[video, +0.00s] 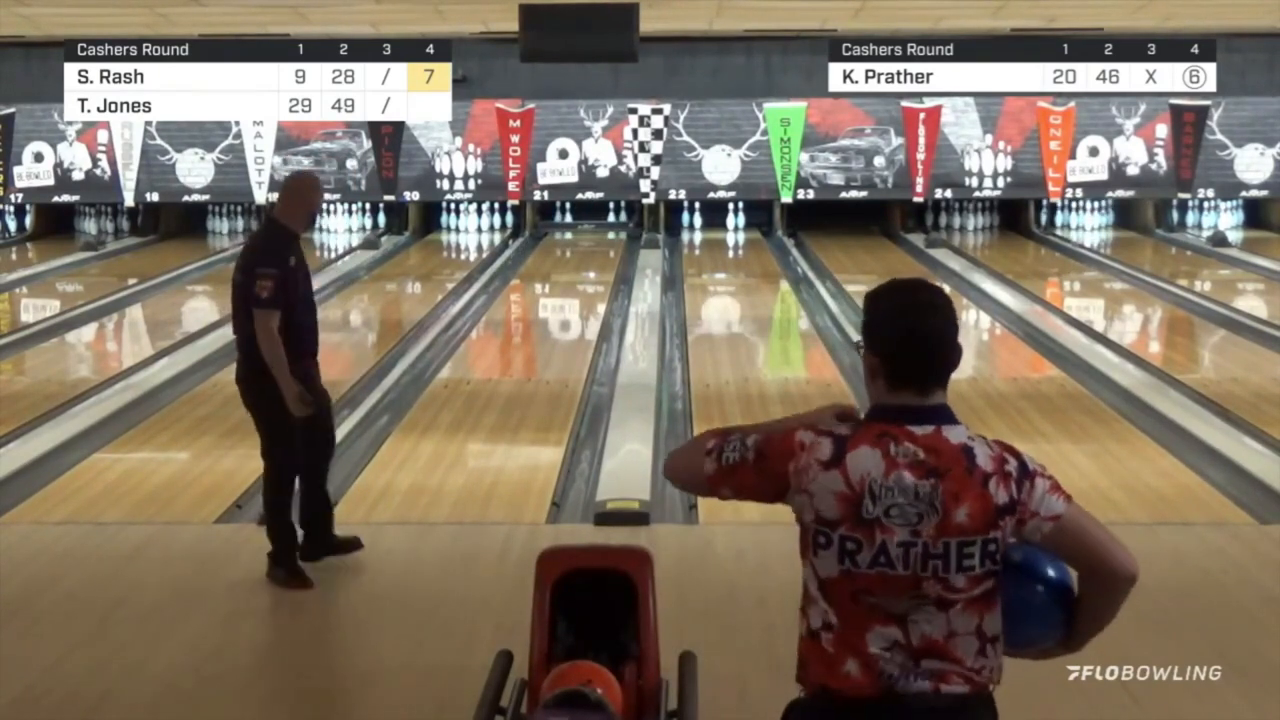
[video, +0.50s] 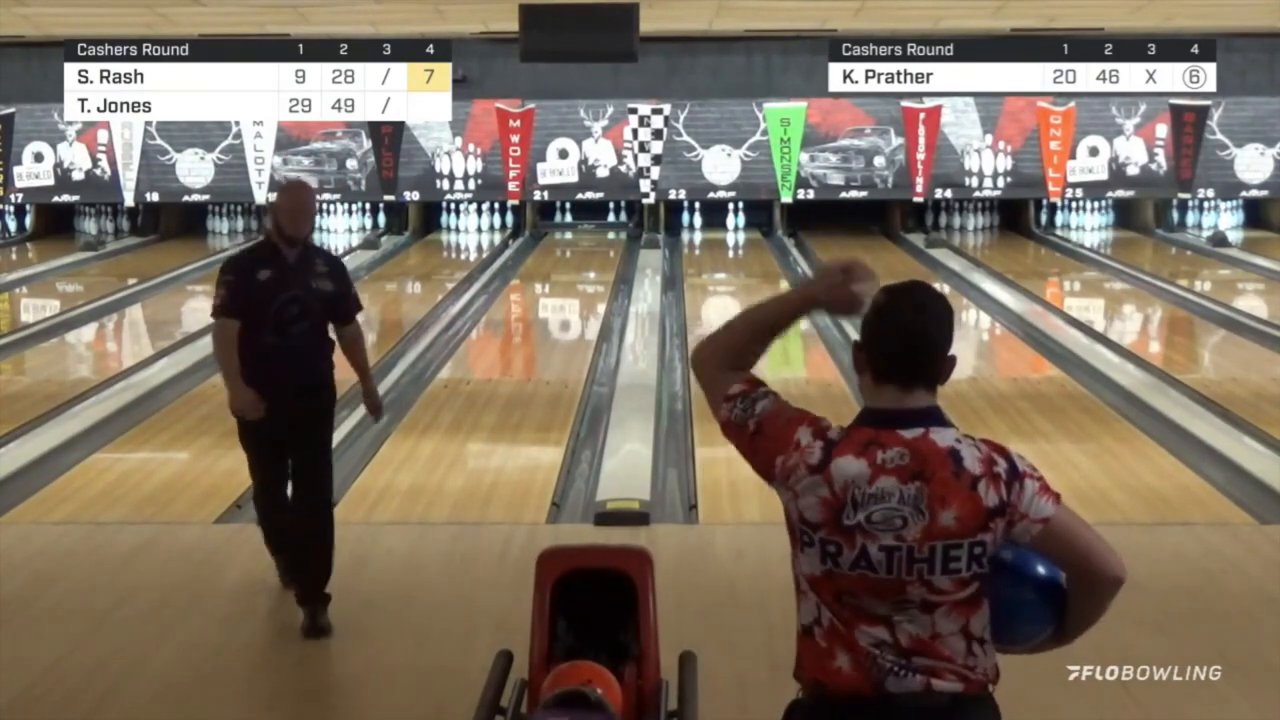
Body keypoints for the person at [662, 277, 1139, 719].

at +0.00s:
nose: (866, 358)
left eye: (865, 348)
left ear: (870, 361)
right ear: (955, 361)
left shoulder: (815, 459)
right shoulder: (1001, 470)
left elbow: (682, 465)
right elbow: (1115, 569)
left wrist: (802, 425)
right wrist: (1063, 636)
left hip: (838, 698)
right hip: (960, 700)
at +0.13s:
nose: (864, 358)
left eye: (865, 347)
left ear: (869, 359)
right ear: (956, 362)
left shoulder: (806, 461)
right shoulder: (999, 469)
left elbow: (674, 448)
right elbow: (1110, 573)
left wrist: (783, 406)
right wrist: (1052, 635)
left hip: (836, 699)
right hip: (960, 700)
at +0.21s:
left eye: (867, 347)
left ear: (867, 361)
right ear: (955, 367)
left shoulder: (808, 460)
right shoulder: (998, 471)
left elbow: (680, 421)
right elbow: (1108, 574)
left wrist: (771, 358)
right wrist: (1044, 632)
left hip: (835, 699)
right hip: (959, 700)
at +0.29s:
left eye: (866, 347)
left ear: (865, 360)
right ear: (954, 368)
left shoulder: (808, 461)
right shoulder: (998, 472)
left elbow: (685, 397)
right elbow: (1107, 573)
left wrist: (754, 307)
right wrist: (1044, 631)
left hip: (836, 699)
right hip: (960, 700)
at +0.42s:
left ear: (860, 361)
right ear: (949, 368)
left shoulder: (809, 459)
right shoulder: (994, 471)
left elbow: (704, 369)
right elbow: (1105, 572)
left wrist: (778, 267)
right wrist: (1051, 631)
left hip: (834, 699)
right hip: (958, 699)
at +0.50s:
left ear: (860, 360)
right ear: (948, 367)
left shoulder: (808, 457)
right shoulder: (992, 469)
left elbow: (712, 362)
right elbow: (1104, 571)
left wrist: (807, 295)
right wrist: (1050, 632)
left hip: (835, 695)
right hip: (956, 695)